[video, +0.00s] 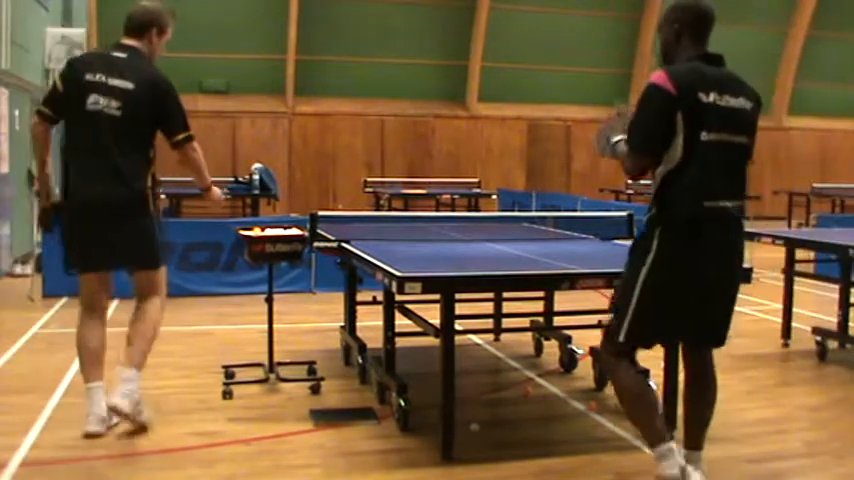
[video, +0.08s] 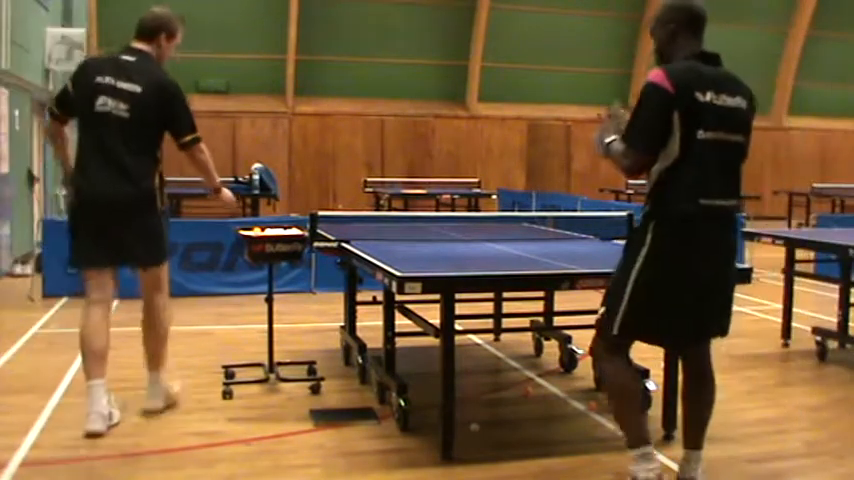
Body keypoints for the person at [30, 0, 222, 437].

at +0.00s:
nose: (166, 46)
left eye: (167, 40)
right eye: (166, 39)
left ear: (127, 30)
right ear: (156, 36)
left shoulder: (79, 65)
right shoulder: (154, 80)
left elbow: (41, 123)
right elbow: (185, 145)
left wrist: (42, 181)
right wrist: (210, 187)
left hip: (81, 201)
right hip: (130, 203)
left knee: (92, 304)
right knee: (150, 294)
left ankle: (96, 409)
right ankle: (126, 389)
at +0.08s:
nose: (175, 53)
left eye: (177, 47)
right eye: (175, 46)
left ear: (138, 35)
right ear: (163, 40)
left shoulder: (91, 69)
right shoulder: (162, 84)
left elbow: (55, 123)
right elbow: (192, 146)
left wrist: (71, 171)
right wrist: (219, 187)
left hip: (89, 196)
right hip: (137, 200)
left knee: (97, 299)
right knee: (155, 292)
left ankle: (98, 406)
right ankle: (156, 389)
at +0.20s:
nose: (189, 67)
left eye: (191, 61)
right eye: (190, 60)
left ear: (156, 49)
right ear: (178, 54)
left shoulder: (110, 79)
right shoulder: (175, 97)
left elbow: (74, 124)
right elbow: (204, 156)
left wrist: (93, 158)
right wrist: (231, 198)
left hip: (107, 202)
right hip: (152, 206)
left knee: (106, 299)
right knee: (165, 295)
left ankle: (99, 401)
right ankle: (174, 369)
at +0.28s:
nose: (201, 77)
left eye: (203, 70)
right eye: (201, 69)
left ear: (170, 58)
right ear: (188, 62)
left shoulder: (122, 86)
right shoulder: (184, 104)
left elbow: (90, 129)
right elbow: (213, 165)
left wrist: (104, 160)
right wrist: (241, 207)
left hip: (117, 203)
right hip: (161, 208)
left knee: (116, 293)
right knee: (176, 292)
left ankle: (101, 381)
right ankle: (177, 370)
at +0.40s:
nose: (213, 80)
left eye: (215, 73)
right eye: (214, 72)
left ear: (184, 60)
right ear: (203, 66)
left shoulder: (137, 85)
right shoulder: (194, 105)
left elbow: (103, 130)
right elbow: (218, 167)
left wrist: (114, 177)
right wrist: (242, 211)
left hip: (131, 199)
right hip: (172, 204)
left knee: (133, 282)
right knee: (183, 287)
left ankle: (123, 345)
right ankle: (177, 371)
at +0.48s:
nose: (221, 77)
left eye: (222, 71)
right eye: (221, 70)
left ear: (192, 59)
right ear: (210, 64)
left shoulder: (145, 82)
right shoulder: (200, 102)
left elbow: (112, 119)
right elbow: (219, 163)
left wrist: (111, 172)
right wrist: (242, 211)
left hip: (135, 195)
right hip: (175, 199)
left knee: (144, 274)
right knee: (183, 284)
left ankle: (137, 345)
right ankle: (177, 369)